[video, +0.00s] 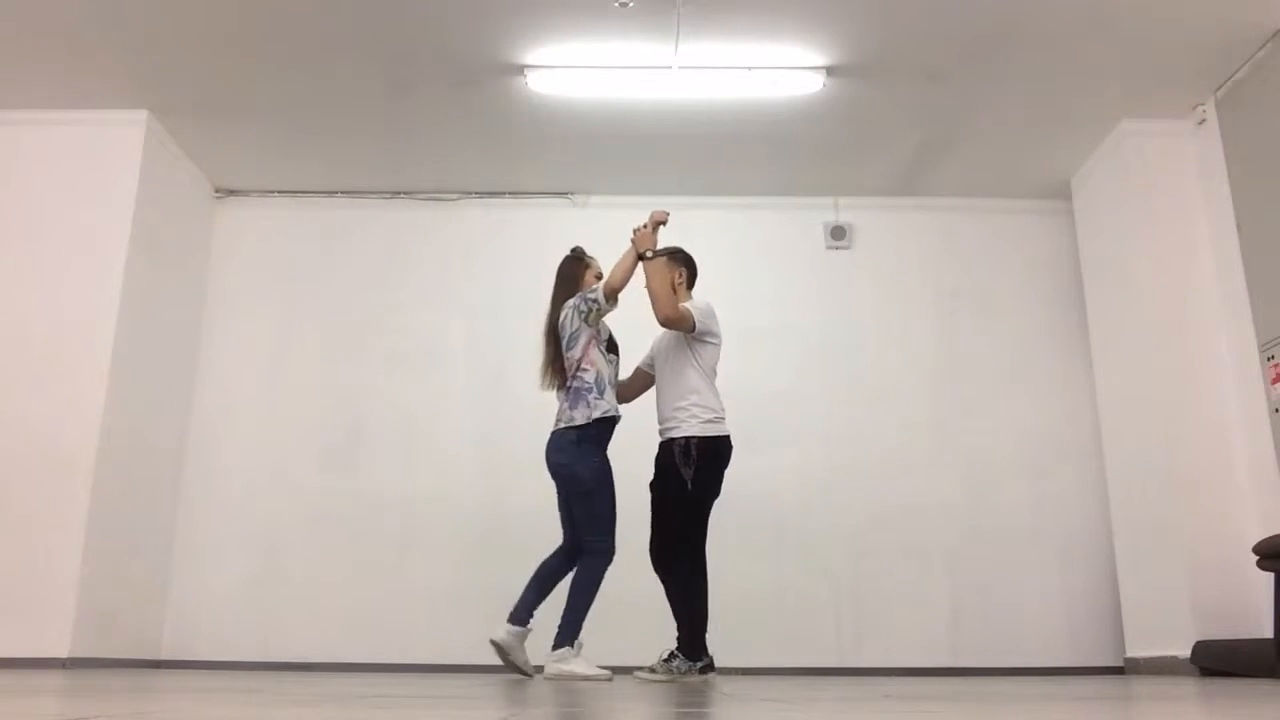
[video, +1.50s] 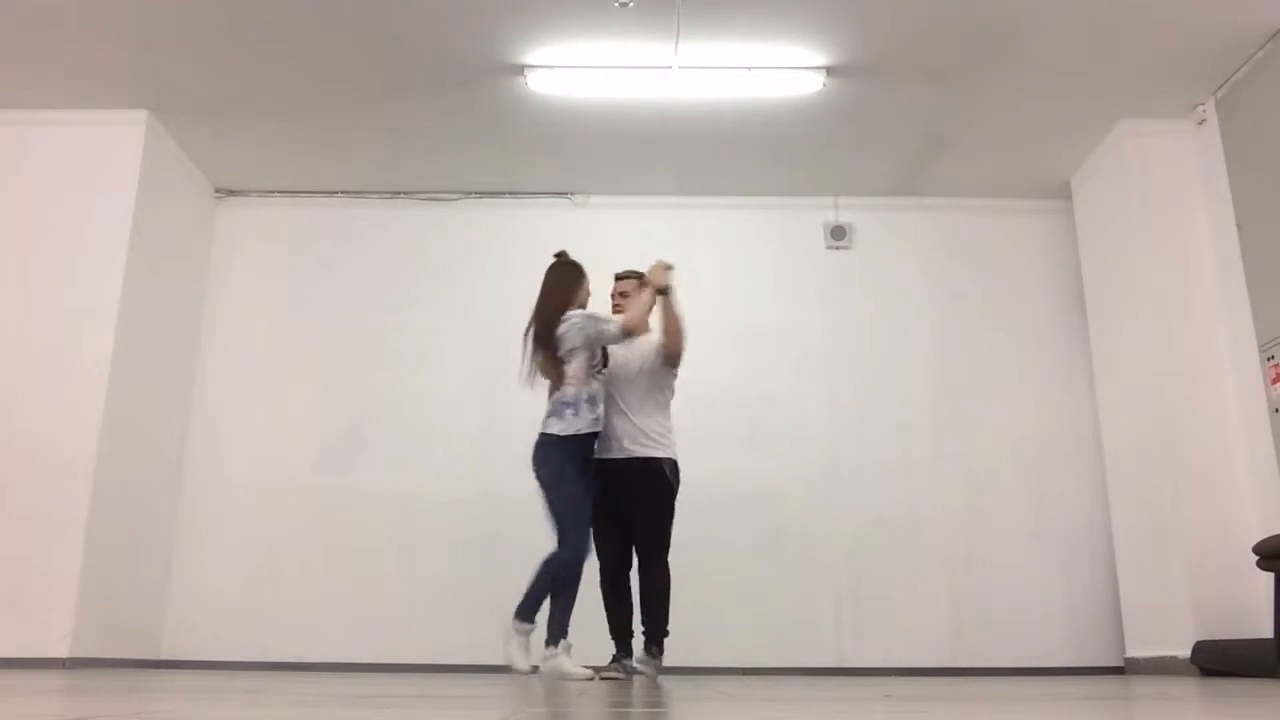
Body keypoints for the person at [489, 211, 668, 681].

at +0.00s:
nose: (602, 281)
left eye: (601, 276)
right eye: (595, 275)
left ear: (580, 280)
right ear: (578, 279)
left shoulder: (581, 320)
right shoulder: (576, 311)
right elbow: (612, 287)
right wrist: (641, 242)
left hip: (568, 444)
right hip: (581, 445)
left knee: (573, 548)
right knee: (599, 550)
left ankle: (513, 632)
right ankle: (563, 652)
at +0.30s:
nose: (595, 281)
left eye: (594, 276)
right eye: (589, 275)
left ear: (577, 286)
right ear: (573, 282)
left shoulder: (592, 336)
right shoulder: (559, 321)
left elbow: (624, 384)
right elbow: (578, 336)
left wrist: (662, 358)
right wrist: (595, 285)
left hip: (582, 444)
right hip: (567, 443)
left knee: (594, 548)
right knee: (590, 547)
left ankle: (538, 636)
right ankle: (561, 651)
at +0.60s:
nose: (583, 293)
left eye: (585, 288)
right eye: (575, 287)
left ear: (584, 295)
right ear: (553, 292)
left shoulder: (594, 340)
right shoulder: (542, 337)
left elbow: (624, 372)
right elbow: (540, 395)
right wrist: (553, 356)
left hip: (591, 449)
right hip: (558, 447)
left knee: (585, 547)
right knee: (569, 543)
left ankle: (561, 646)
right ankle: (556, 650)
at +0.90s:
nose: (572, 297)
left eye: (574, 292)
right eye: (563, 291)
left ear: (576, 301)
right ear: (542, 299)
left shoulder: (583, 350)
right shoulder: (528, 342)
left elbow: (614, 381)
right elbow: (509, 365)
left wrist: (642, 359)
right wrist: (528, 323)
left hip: (588, 452)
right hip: (550, 453)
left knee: (578, 547)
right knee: (573, 542)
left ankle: (558, 646)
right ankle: (528, 627)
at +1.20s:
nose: (571, 301)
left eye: (575, 295)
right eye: (564, 294)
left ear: (576, 298)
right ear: (545, 296)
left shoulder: (579, 344)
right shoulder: (528, 331)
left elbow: (604, 375)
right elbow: (533, 347)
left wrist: (648, 363)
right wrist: (558, 306)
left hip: (569, 455)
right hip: (526, 453)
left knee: (583, 543)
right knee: (522, 551)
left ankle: (560, 638)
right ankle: (511, 647)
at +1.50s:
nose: (590, 291)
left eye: (587, 285)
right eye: (587, 285)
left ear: (554, 288)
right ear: (578, 289)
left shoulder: (562, 326)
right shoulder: (575, 324)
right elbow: (632, 325)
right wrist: (652, 287)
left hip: (576, 450)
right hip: (560, 450)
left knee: (575, 549)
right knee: (571, 547)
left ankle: (556, 647)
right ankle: (521, 623)